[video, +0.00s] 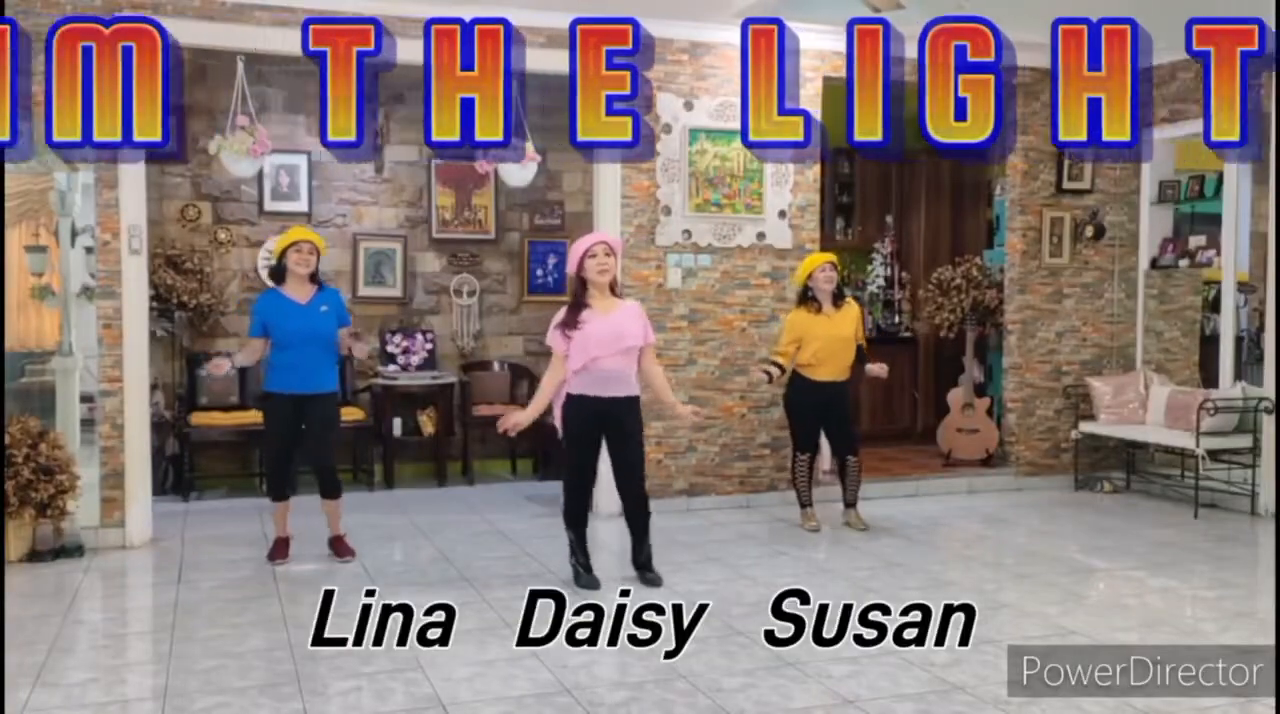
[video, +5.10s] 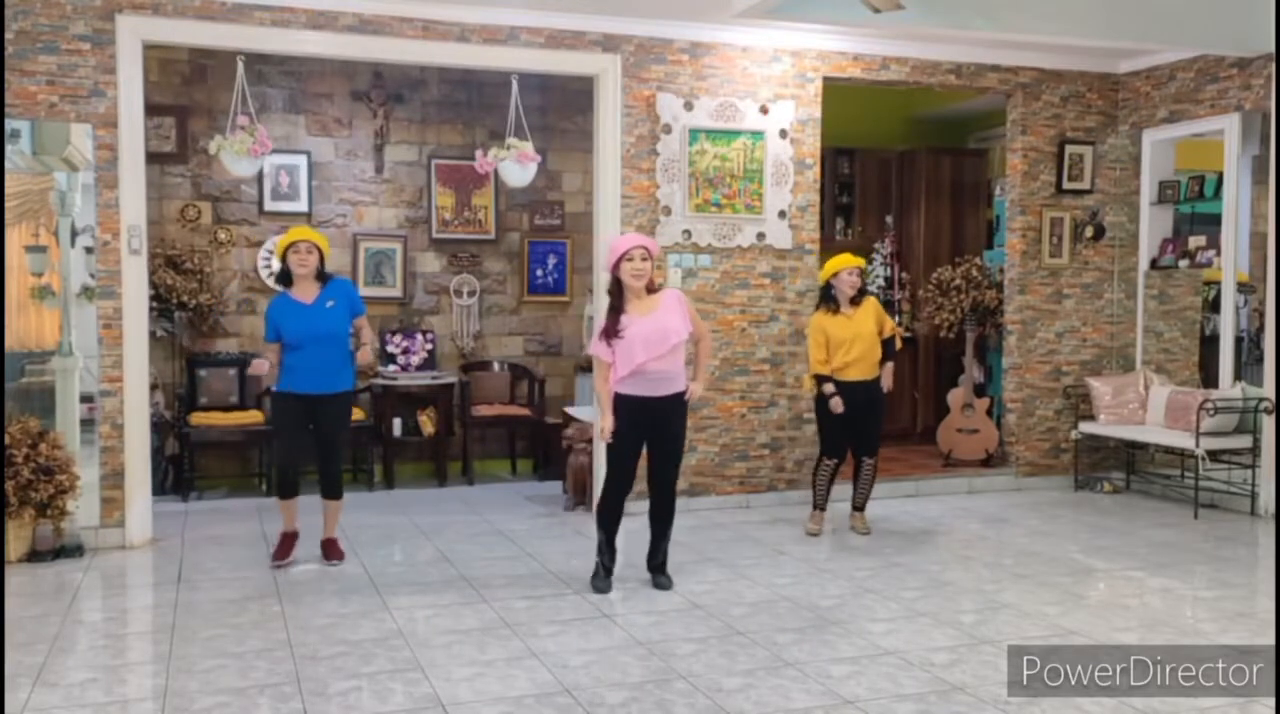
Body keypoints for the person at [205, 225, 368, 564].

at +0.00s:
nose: (304, 257)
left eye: (310, 252)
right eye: (297, 251)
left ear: (318, 260)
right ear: (283, 257)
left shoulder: (332, 298)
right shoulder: (267, 301)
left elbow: (344, 341)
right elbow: (256, 347)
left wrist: (355, 347)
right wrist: (231, 361)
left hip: (323, 395)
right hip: (280, 396)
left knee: (325, 463)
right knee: (278, 465)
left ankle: (337, 535)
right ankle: (281, 537)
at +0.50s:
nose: (325, 257)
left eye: (331, 252)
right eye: (318, 252)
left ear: (339, 259)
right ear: (306, 259)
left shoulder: (354, 296)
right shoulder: (292, 303)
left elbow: (363, 338)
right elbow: (284, 351)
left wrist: (379, 351)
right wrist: (277, 385)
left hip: (348, 395)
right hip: (308, 396)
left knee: (343, 466)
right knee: (312, 467)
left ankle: (338, 535)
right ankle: (304, 531)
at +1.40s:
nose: (302, 256)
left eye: (308, 251)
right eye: (295, 251)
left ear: (316, 259)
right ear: (283, 258)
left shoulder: (324, 303)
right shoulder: (263, 295)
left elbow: (325, 349)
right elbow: (244, 336)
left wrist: (349, 357)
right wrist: (234, 362)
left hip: (309, 396)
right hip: (265, 395)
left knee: (320, 463)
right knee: (265, 465)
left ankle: (335, 534)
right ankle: (267, 538)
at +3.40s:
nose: (308, 254)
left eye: (313, 248)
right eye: (300, 250)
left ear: (323, 256)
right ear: (290, 259)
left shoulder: (336, 298)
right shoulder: (277, 297)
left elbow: (342, 346)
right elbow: (255, 338)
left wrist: (373, 340)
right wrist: (273, 356)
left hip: (329, 394)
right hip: (288, 394)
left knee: (329, 465)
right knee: (281, 466)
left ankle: (331, 536)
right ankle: (259, 538)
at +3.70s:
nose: (290, 255)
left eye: (296, 250)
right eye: (283, 250)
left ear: (306, 259)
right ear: (271, 259)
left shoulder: (313, 304)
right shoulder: (255, 294)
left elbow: (314, 353)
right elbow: (211, 325)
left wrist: (341, 355)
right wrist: (223, 360)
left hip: (298, 397)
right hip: (255, 395)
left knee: (311, 465)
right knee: (254, 469)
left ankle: (323, 537)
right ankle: (255, 541)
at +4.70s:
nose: (279, 256)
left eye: (286, 250)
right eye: (273, 251)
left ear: (300, 258)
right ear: (264, 259)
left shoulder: (321, 294)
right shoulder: (257, 303)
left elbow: (340, 337)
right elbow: (252, 353)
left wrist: (322, 355)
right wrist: (218, 348)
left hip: (309, 395)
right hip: (266, 395)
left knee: (313, 462)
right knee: (261, 465)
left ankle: (327, 537)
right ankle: (254, 541)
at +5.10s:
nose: (302, 257)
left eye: (309, 251)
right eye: (296, 251)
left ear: (320, 258)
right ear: (285, 260)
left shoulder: (342, 290)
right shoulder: (277, 305)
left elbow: (364, 328)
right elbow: (272, 351)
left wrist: (367, 347)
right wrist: (266, 364)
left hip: (335, 394)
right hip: (290, 394)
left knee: (331, 465)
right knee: (285, 463)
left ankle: (330, 537)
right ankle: (289, 532)